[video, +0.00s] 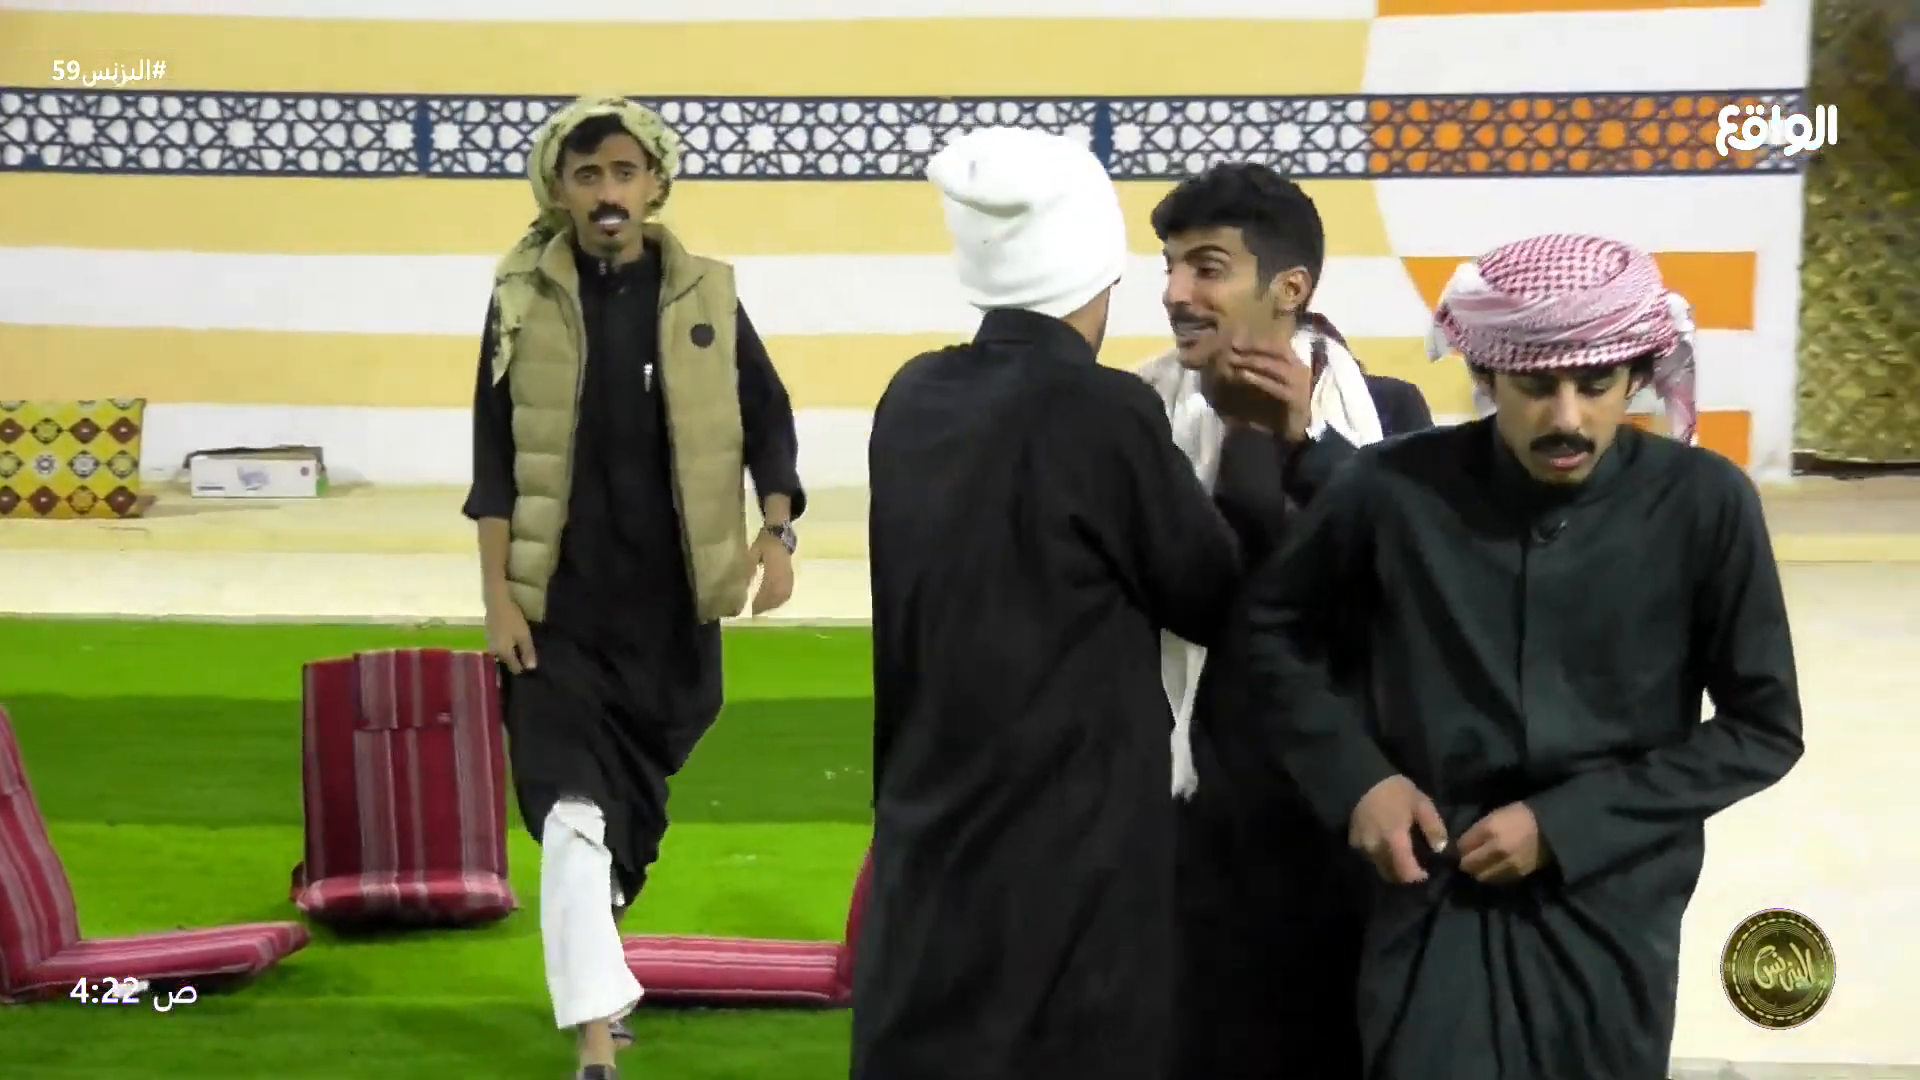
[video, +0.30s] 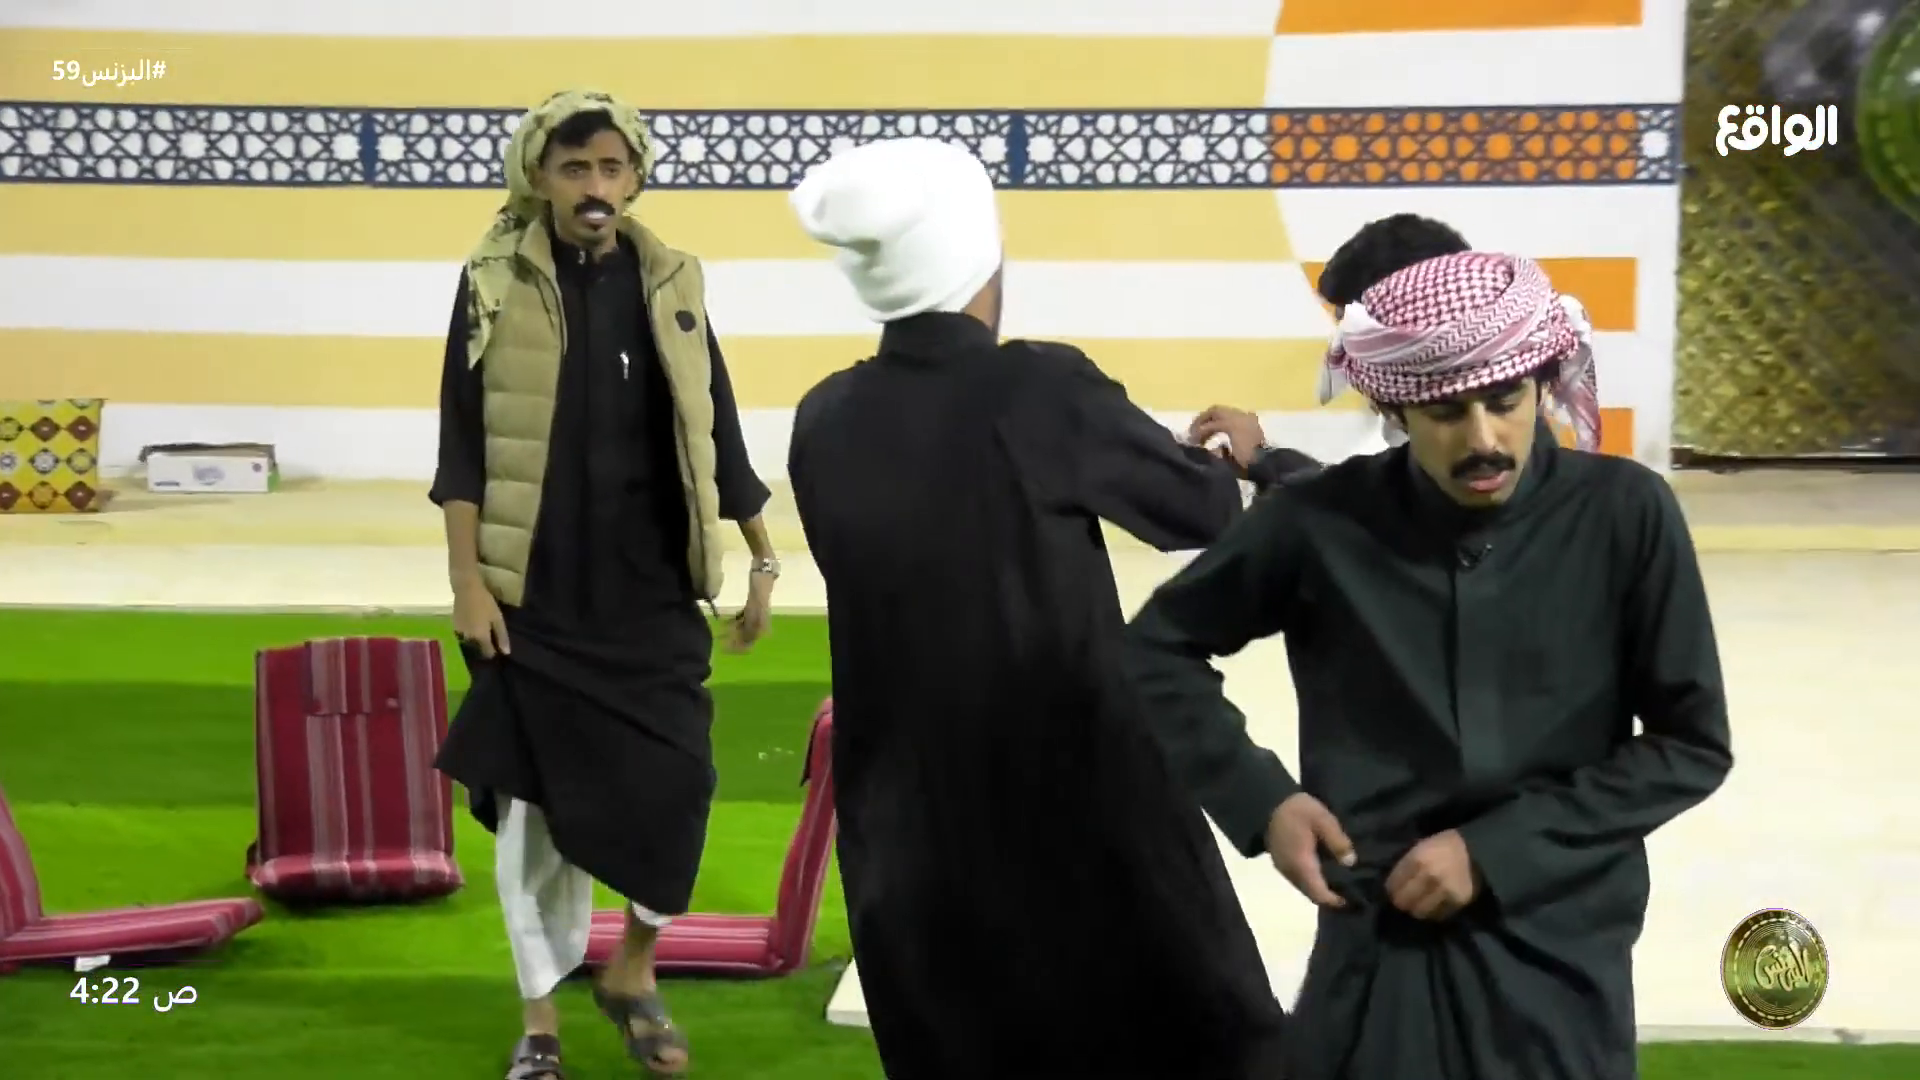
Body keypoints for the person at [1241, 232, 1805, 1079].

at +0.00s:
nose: (1567, 419)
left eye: (1594, 386)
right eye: (1536, 386)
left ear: (1634, 382)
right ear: (1487, 381)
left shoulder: (1705, 502)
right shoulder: (1389, 489)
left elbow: (1765, 728)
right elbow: (1267, 635)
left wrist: (1561, 823)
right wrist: (1359, 782)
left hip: (1611, 925)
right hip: (1428, 912)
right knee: (1429, 1061)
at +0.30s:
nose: (1483, 441)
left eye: (1505, 400)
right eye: (1444, 410)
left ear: (1541, 385)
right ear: (1394, 408)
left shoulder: (1627, 512)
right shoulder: (1312, 522)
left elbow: (1693, 744)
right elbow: (1154, 650)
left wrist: (1488, 850)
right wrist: (1264, 802)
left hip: (1559, 978)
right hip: (1372, 971)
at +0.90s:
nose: (1534, 456)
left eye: (1566, 426)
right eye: (1505, 415)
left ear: (1592, 441)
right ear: (1437, 414)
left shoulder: (1638, 570)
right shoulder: (1308, 548)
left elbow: (1673, 816)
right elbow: (1129, 674)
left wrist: (1448, 897)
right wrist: (1232, 852)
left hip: (1545, 1032)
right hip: (1350, 1028)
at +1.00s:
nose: (1519, 447)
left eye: (1549, 415)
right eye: (1488, 409)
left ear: (1582, 424)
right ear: (1423, 409)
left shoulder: (1640, 550)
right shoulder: (1306, 542)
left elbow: (1682, 799)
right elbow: (1137, 675)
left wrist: (1456, 878)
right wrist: (1239, 845)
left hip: (1549, 1022)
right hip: (1354, 1017)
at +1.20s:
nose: (1492, 492)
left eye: (1521, 454)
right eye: (1456, 460)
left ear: (1563, 454)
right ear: (1404, 467)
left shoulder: (1653, 586)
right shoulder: (1315, 594)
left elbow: (1718, 837)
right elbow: (1171, 717)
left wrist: (1479, 912)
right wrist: (1258, 893)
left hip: (1562, 1046)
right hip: (1356, 1043)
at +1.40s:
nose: (1469, 569)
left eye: (1495, 523)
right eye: (1427, 537)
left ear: (1548, 514)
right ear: (1378, 543)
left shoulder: (1668, 636)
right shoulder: (1318, 671)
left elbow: (1737, 902)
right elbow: (1187, 804)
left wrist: (1495, 1009)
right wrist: (1294, 979)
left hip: (1599, 1059)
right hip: (1369, 1061)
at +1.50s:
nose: (1477, 580)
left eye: (1499, 531)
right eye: (1433, 550)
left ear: (1555, 514)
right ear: (1387, 555)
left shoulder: (1682, 632)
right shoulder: (1321, 677)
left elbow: (1754, 899)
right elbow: (1185, 812)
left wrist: (1521, 1024)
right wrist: (1309, 994)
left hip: (1621, 1058)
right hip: (1380, 1062)